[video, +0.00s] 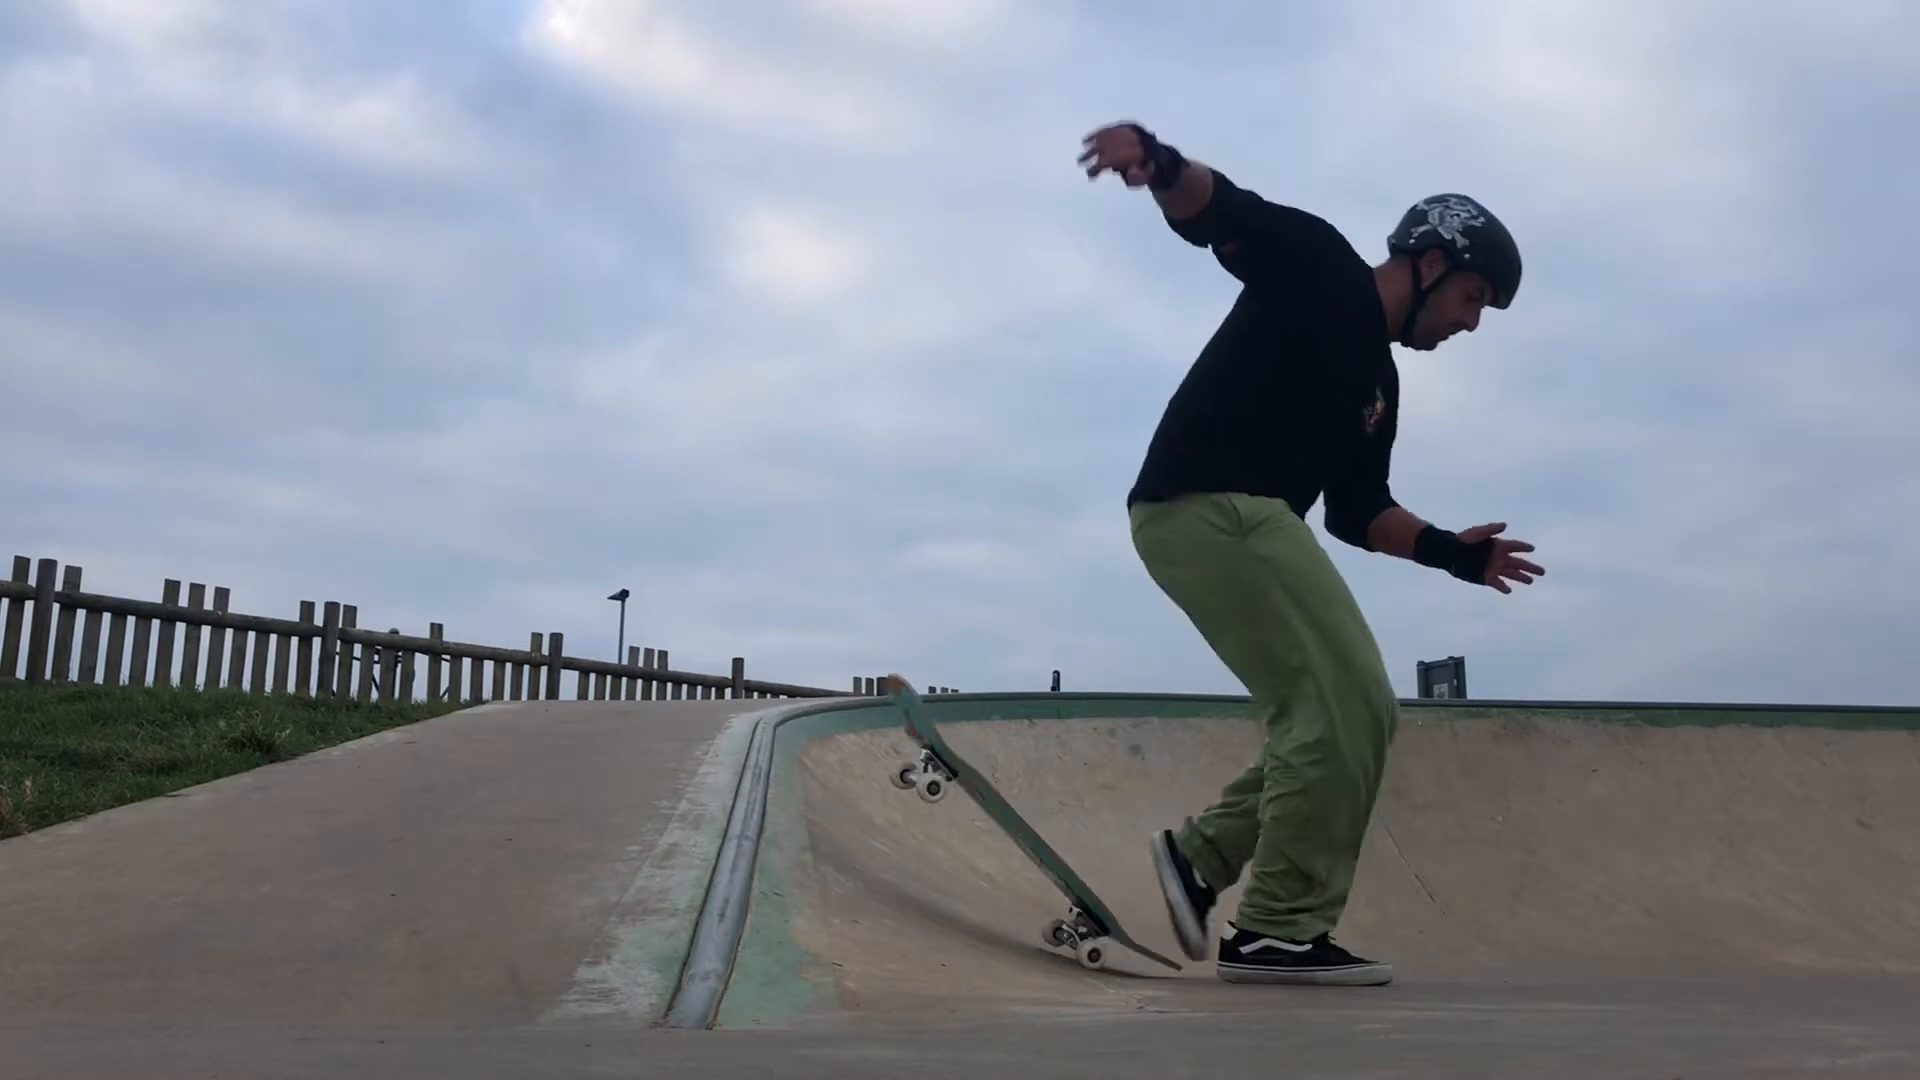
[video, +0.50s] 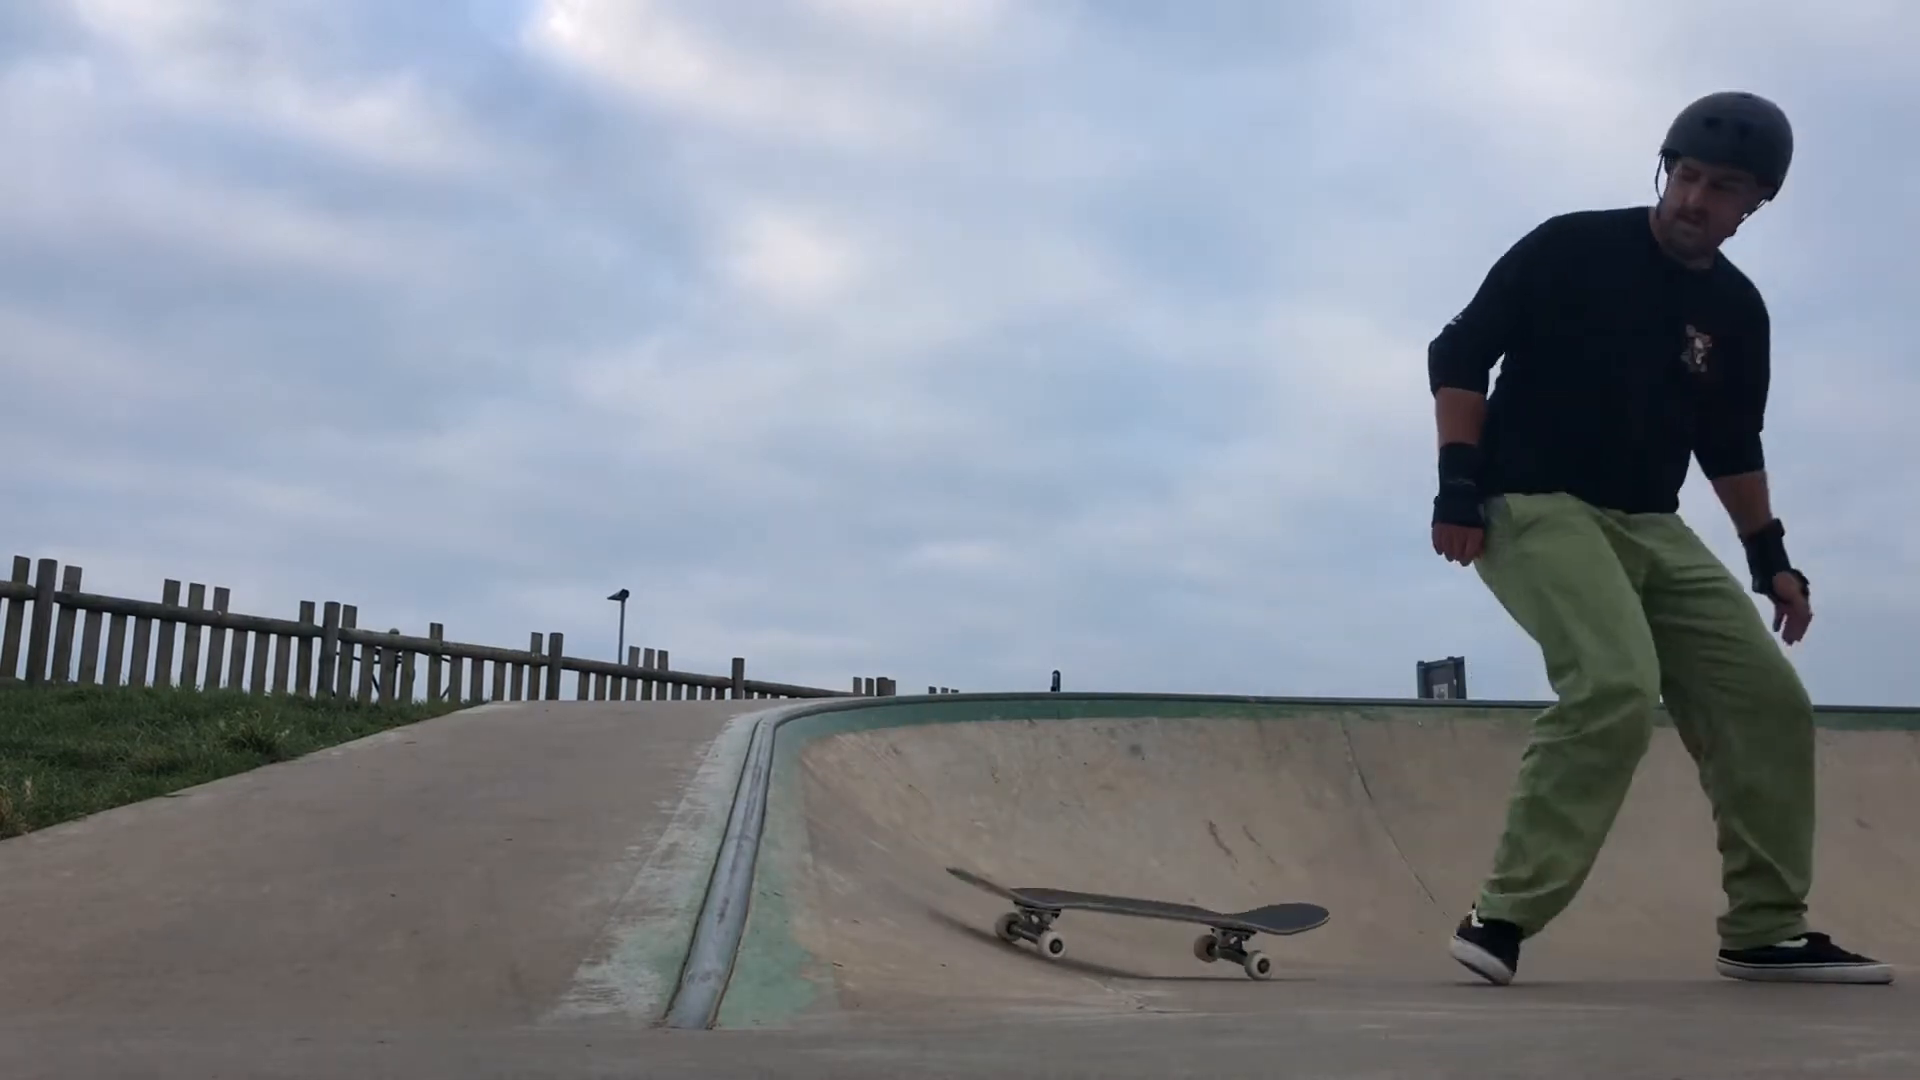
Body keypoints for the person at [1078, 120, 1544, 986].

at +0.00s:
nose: (1474, 320)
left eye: (1484, 306)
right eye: (1477, 296)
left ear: (1433, 271)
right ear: (1434, 260)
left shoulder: (1375, 392)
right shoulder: (1321, 257)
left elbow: (1357, 511)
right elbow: (1220, 210)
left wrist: (1449, 549)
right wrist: (1159, 165)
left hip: (1244, 516)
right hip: (1208, 502)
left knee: (1352, 709)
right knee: (1343, 703)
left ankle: (1205, 853)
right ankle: (1277, 928)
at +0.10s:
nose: (1555, 327)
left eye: (1566, 314)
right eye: (1554, 303)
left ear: (1515, 276)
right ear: (1509, 266)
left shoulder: (1459, 383)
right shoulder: (1402, 272)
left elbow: (1413, 507)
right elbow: (1277, 275)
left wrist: (1487, 551)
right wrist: (1230, 365)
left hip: (1348, 533)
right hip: (1272, 512)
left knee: (1479, 679)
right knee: (1383, 696)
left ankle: (1399, 892)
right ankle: (1277, 922)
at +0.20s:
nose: (1628, 310)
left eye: (1643, 299)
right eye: (1625, 284)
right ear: (1578, 248)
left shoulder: (1543, 372)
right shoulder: (1469, 270)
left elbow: (1487, 491)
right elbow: (1335, 310)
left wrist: (1552, 578)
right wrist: (1354, 444)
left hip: (1453, 539)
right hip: (1356, 510)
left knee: (1565, 699)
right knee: (1434, 698)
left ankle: (1679, 915)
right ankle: (1291, 908)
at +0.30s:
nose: (1673, 270)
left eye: (1693, 260)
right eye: (1665, 244)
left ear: (1702, 268)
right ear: (1620, 223)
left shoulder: (1628, 358)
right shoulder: (1516, 276)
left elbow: (1588, 488)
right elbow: (1389, 353)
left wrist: (1613, 587)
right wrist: (1401, 482)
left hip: (1566, 562)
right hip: (1465, 540)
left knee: (1685, 703)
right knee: (1520, 714)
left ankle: (1761, 932)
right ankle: (1328, 887)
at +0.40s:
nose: (1696, 242)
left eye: (1721, 230)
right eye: (1685, 215)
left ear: (1738, 240)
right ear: (1651, 201)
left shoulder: (1696, 346)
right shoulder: (1550, 272)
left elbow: (1679, 492)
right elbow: (1440, 372)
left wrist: (1700, 600)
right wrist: (1425, 501)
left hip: (1627, 549)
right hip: (1512, 533)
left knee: (1758, 697)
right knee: (1600, 704)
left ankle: (1764, 932)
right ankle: (1424, 891)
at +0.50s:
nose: (1698, 201)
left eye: (1726, 191)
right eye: (1690, 175)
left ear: (1756, 204)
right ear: (1666, 164)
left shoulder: (1737, 310)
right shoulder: (1567, 247)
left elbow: (1730, 443)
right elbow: (1459, 351)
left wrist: (1767, 558)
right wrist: (1457, 485)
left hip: (1649, 525)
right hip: (1532, 508)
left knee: (1765, 697)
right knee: (1616, 686)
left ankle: (1764, 931)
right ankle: (1501, 918)